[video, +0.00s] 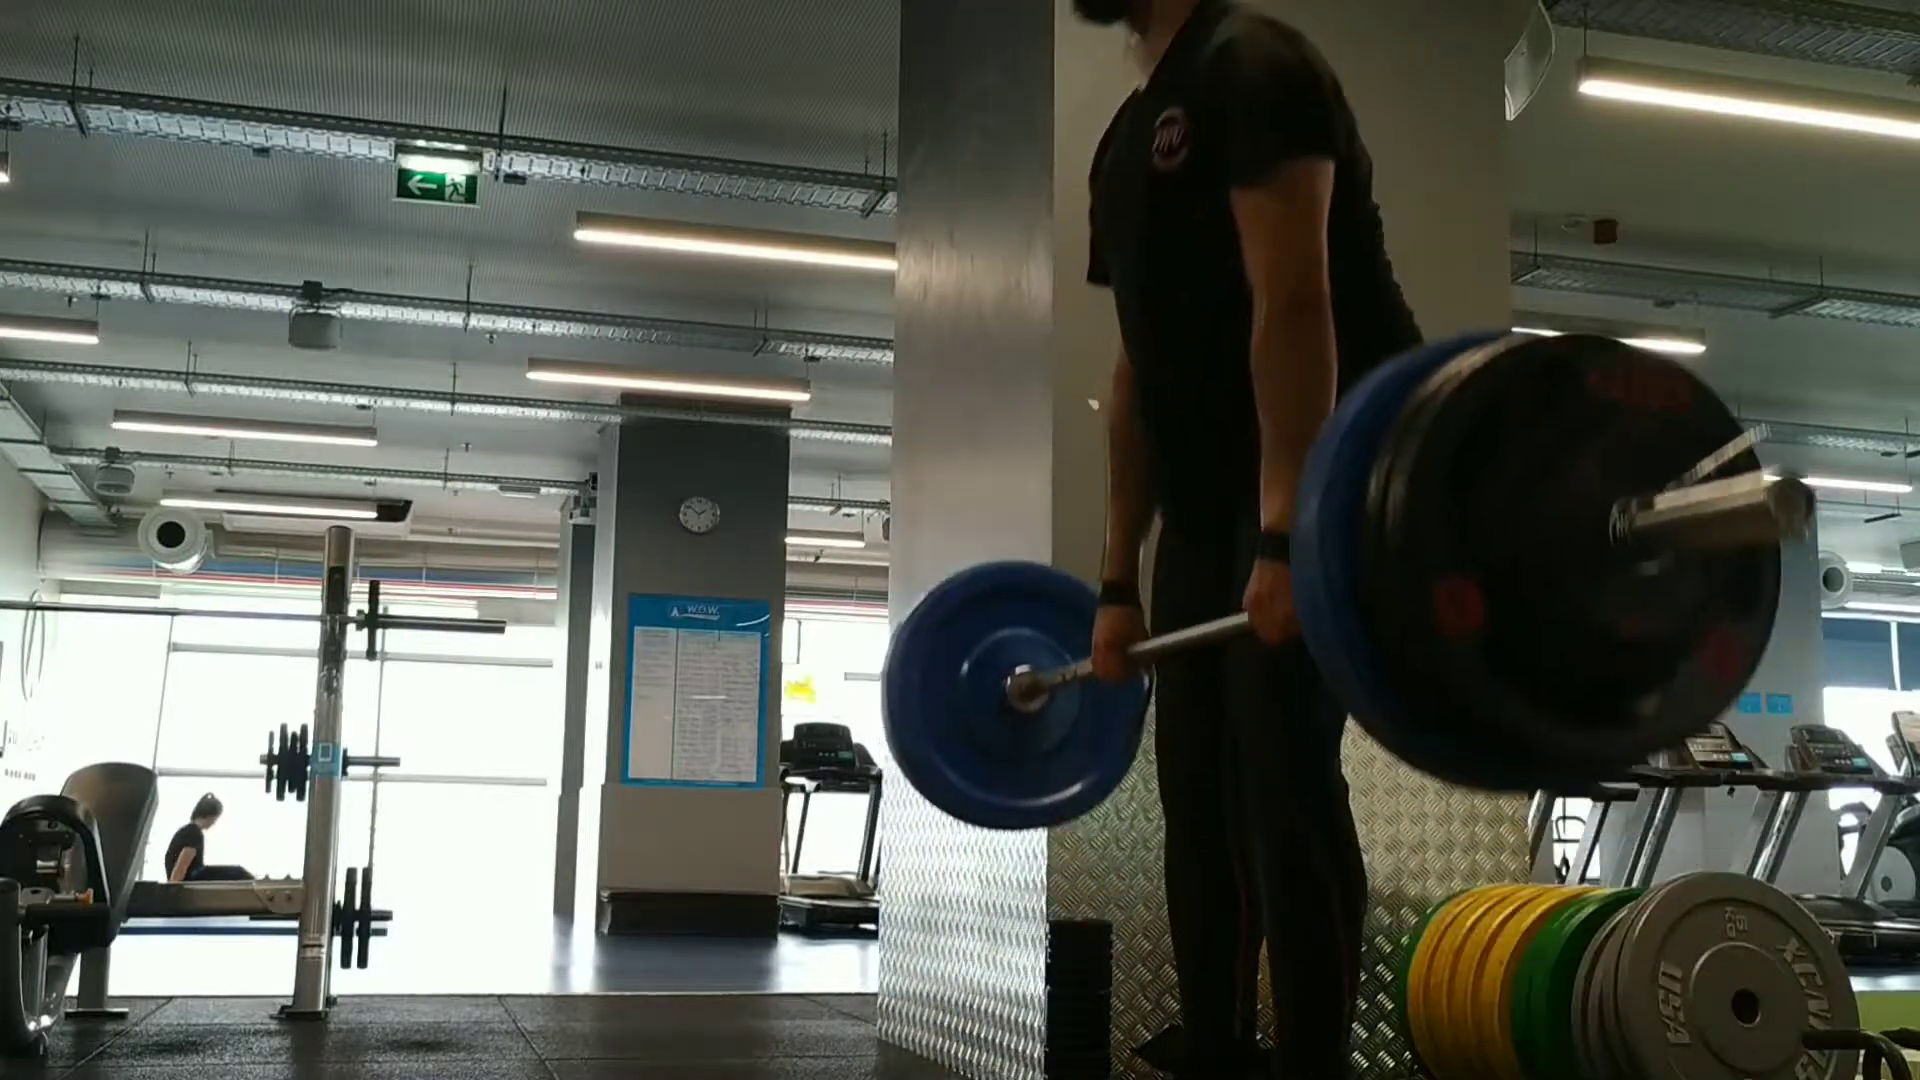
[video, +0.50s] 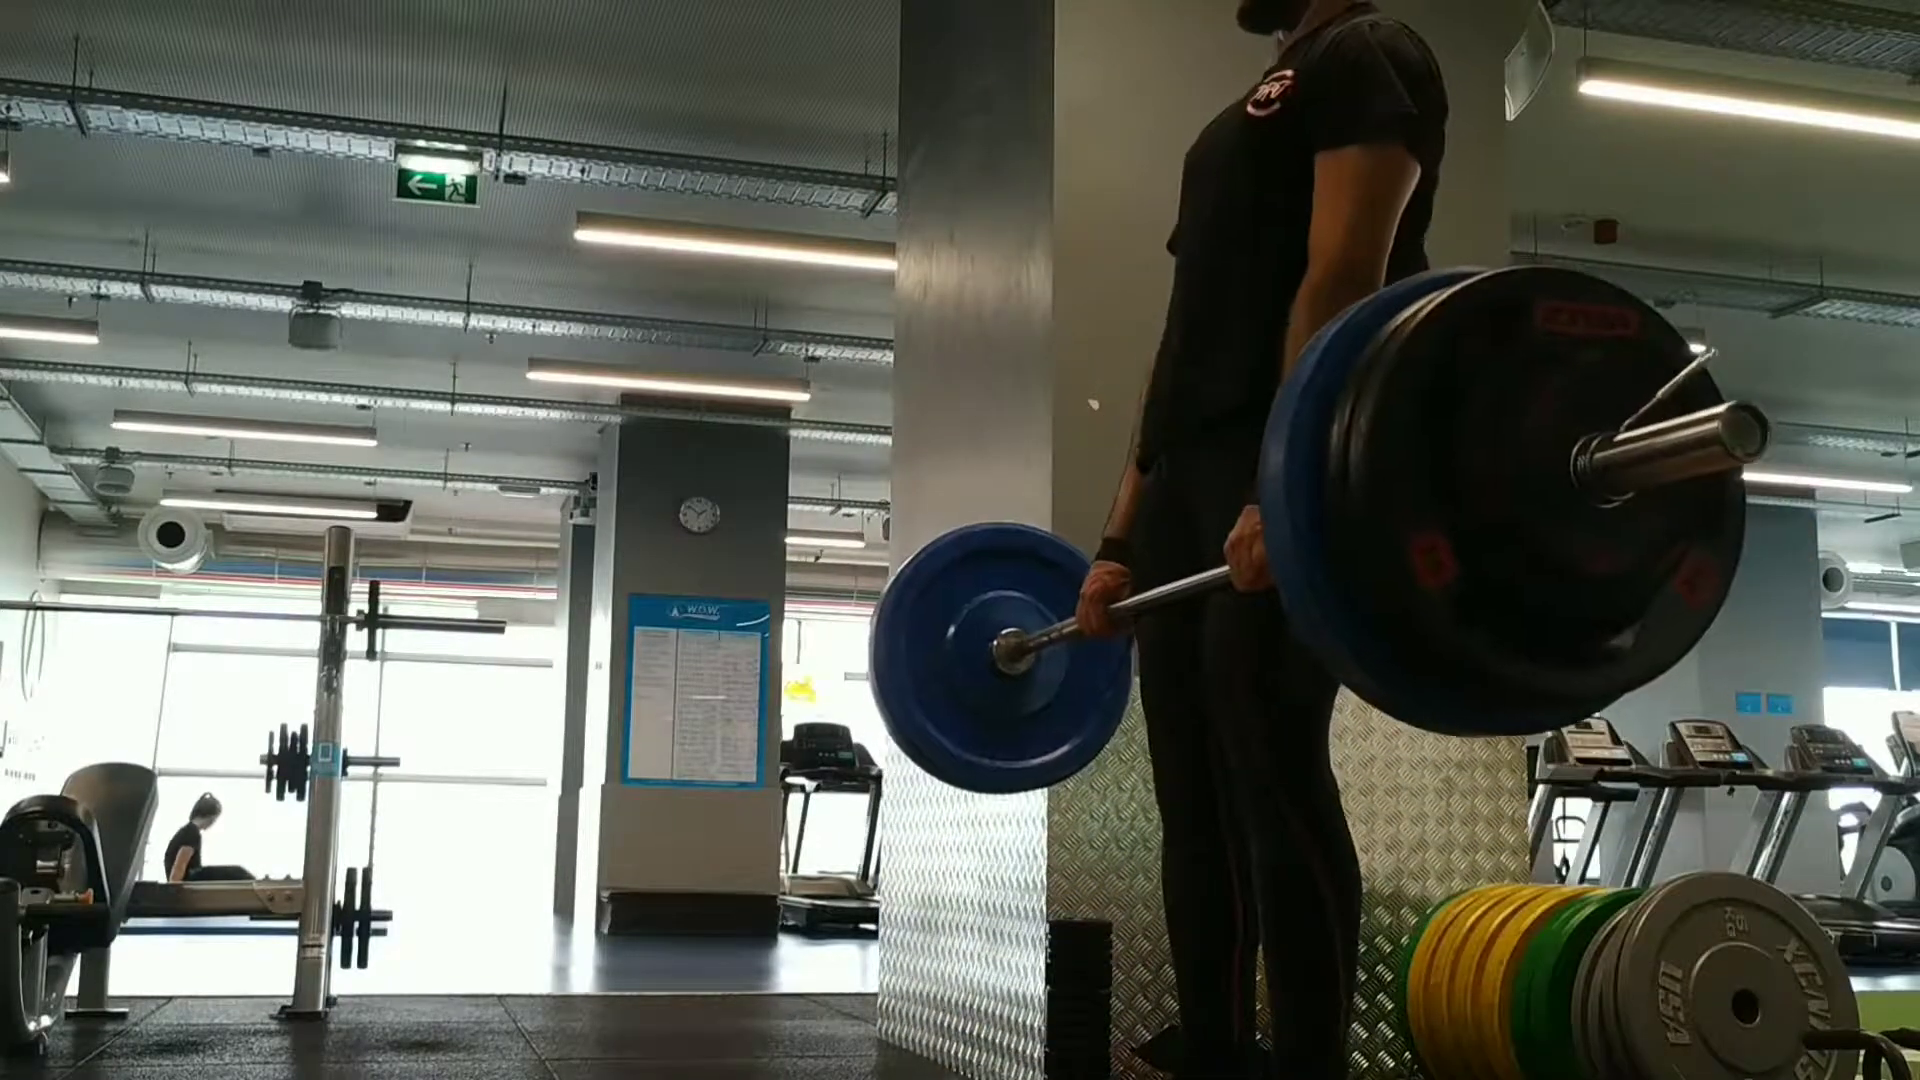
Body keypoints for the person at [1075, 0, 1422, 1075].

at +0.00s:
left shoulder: (1257, 63)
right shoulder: (1123, 139)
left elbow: (1296, 305)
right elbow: (1138, 369)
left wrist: (1284, 538)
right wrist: (1120, 579)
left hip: (1300, 505)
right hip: (1199, 514)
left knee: (1285, 788)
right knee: (1195, 785)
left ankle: (1313, 1057)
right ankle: (1213, 1050)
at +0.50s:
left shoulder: (1369, 55)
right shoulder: (1244, 115)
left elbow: (1344, 279)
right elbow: (1193, 334)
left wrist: (1285, 491)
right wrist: (1123, 534)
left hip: (1269, 493)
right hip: (1183, 499)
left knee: (1277, 787)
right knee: (1191, 795)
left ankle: (1311, 1060)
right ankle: (1208, 1052)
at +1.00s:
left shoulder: (1257, 69)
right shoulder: (1150, 137)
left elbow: (1306, 318)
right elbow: (1152, 373)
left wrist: (1291, 549)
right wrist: (1129, 583)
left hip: (1338, 495)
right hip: (1235, 498)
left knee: (1287, 768)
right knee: (1186, 759)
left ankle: (1312, 1059)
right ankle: (1211, 1044)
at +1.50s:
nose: (966, 100)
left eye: (984, 69)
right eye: (961, 78)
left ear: (1064, 64)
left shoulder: (1192, 184)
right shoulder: (1075, 270)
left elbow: (1271, 442)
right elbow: (1122, 487)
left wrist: (1275, 686)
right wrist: (1114, 699)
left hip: (1413, 489)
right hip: (1280, 510)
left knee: (1301, 768)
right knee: (1193, 760)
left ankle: (1313, 1057)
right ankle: (1212, 1046)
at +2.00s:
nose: (905, 283)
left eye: (923, 249)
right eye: (901, 256)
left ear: (1006, 238)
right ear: (998, 249)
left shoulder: (1152, 329)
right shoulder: (1049, 418)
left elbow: (1259, 594)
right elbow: (1108, 626)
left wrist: (1277, 854)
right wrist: (1114, 840)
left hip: (1451, 487)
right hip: (1313, 527)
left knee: (1282, 761)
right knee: (1175, 763)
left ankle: (1310, 1040)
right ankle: (1210, 1039)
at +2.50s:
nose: (906, 300)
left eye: (923, 266)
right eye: (902, 273)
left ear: (1004, 252)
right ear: (998, 262)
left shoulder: (1155, 342)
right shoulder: (1054, 430)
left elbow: (1263, 603)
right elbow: (1112, 632)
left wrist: (1287, 860)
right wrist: (1119, 849)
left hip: (1459, 477)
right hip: (1329, 519)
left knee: (1296, 766)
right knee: (1191, 759)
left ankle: (1312, 1040)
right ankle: (1213, 1038)